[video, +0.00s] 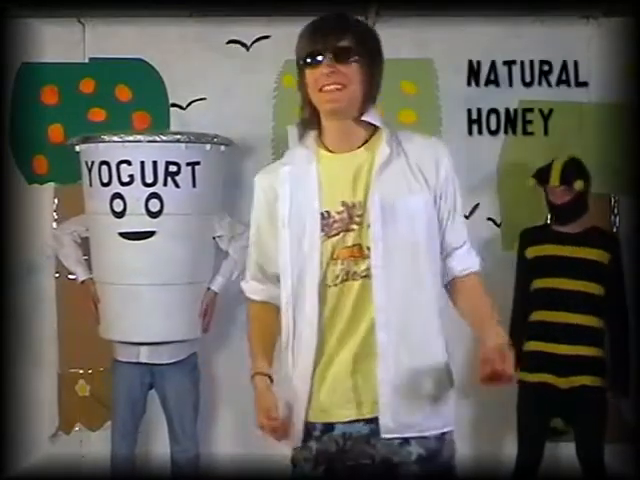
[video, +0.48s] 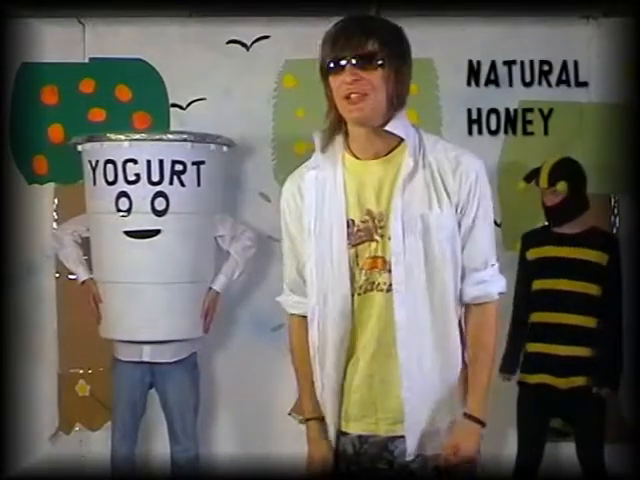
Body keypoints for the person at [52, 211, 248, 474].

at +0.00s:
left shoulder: (197, 219)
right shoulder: (111, 219)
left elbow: (243, 239)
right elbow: (63, 233)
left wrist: (215, 289)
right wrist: (86, 279)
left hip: (178, 353)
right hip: (127, 353)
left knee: (185, 450)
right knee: (121, 450)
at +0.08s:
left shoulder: (196, 220)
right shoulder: (112, 220)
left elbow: (245, 239)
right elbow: (62, 234)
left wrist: (215, 289)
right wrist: (86, 279)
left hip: (178, 353)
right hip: (127, 353)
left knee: (186, 450)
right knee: (121, 451)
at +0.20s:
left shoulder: (197, 220)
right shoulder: (112, 220)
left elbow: (246, 241)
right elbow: (63, 234)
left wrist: (215, 289)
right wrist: (87, 279)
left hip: (178, 353)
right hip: (127, 353)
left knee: (186, 450)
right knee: (121, 451)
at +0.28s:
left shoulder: (197, 220)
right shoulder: (113, 220)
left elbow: (246, 240)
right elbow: (63, 234)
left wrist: (216, 289)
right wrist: (86, 279)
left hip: (178, 353)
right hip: (127, 353)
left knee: (186, 451)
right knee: (121, 451)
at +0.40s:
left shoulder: (195, 219)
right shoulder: (113, 219)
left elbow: (247, 240)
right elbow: (63, 234)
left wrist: (217, 288)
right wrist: (85, 278)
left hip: (178, 353)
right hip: (127, 352)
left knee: (185, 449)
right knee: (121, 450)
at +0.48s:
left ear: (174, 195)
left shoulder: (195, 219)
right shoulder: (112, 219)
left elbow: (247, 240)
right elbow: (63, 234)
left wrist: (218, 288)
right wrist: (85, 278)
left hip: (178, 352)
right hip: (127, 352)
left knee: (185, 449)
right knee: (121, 450)